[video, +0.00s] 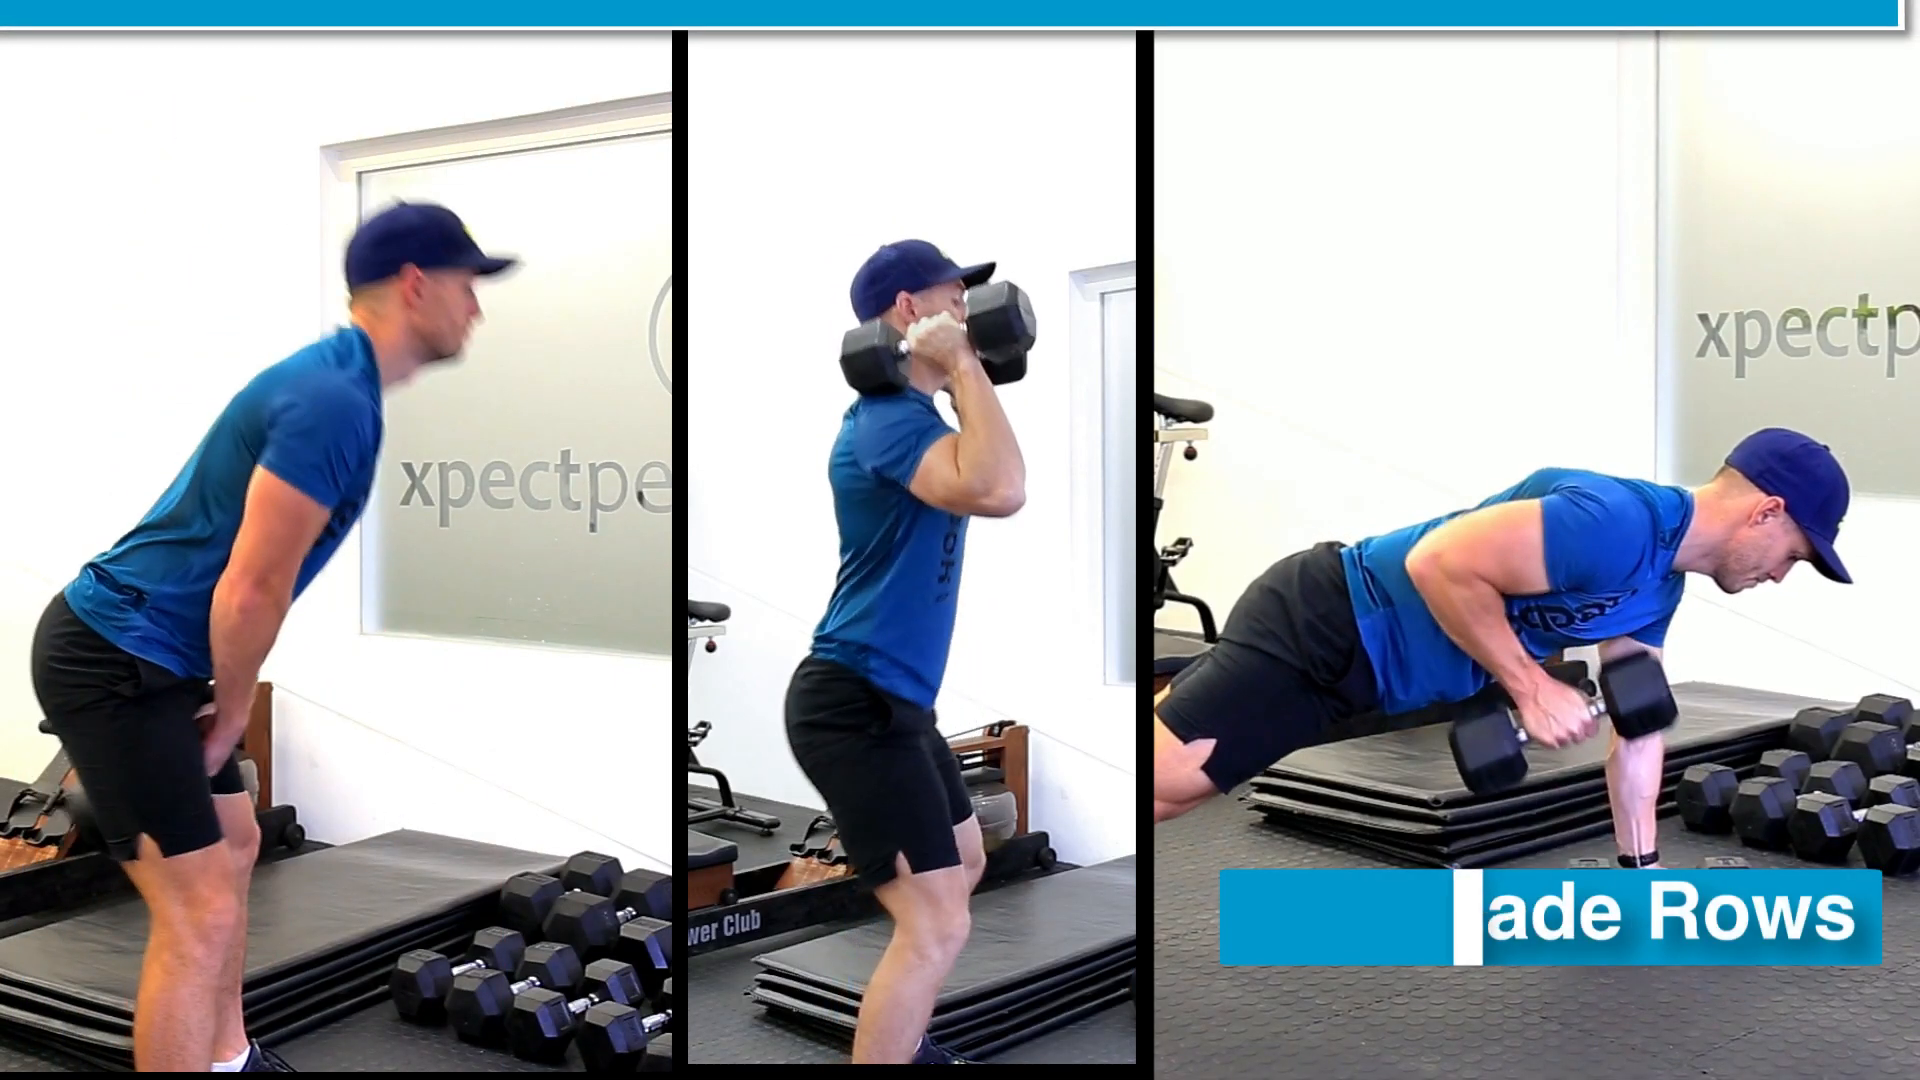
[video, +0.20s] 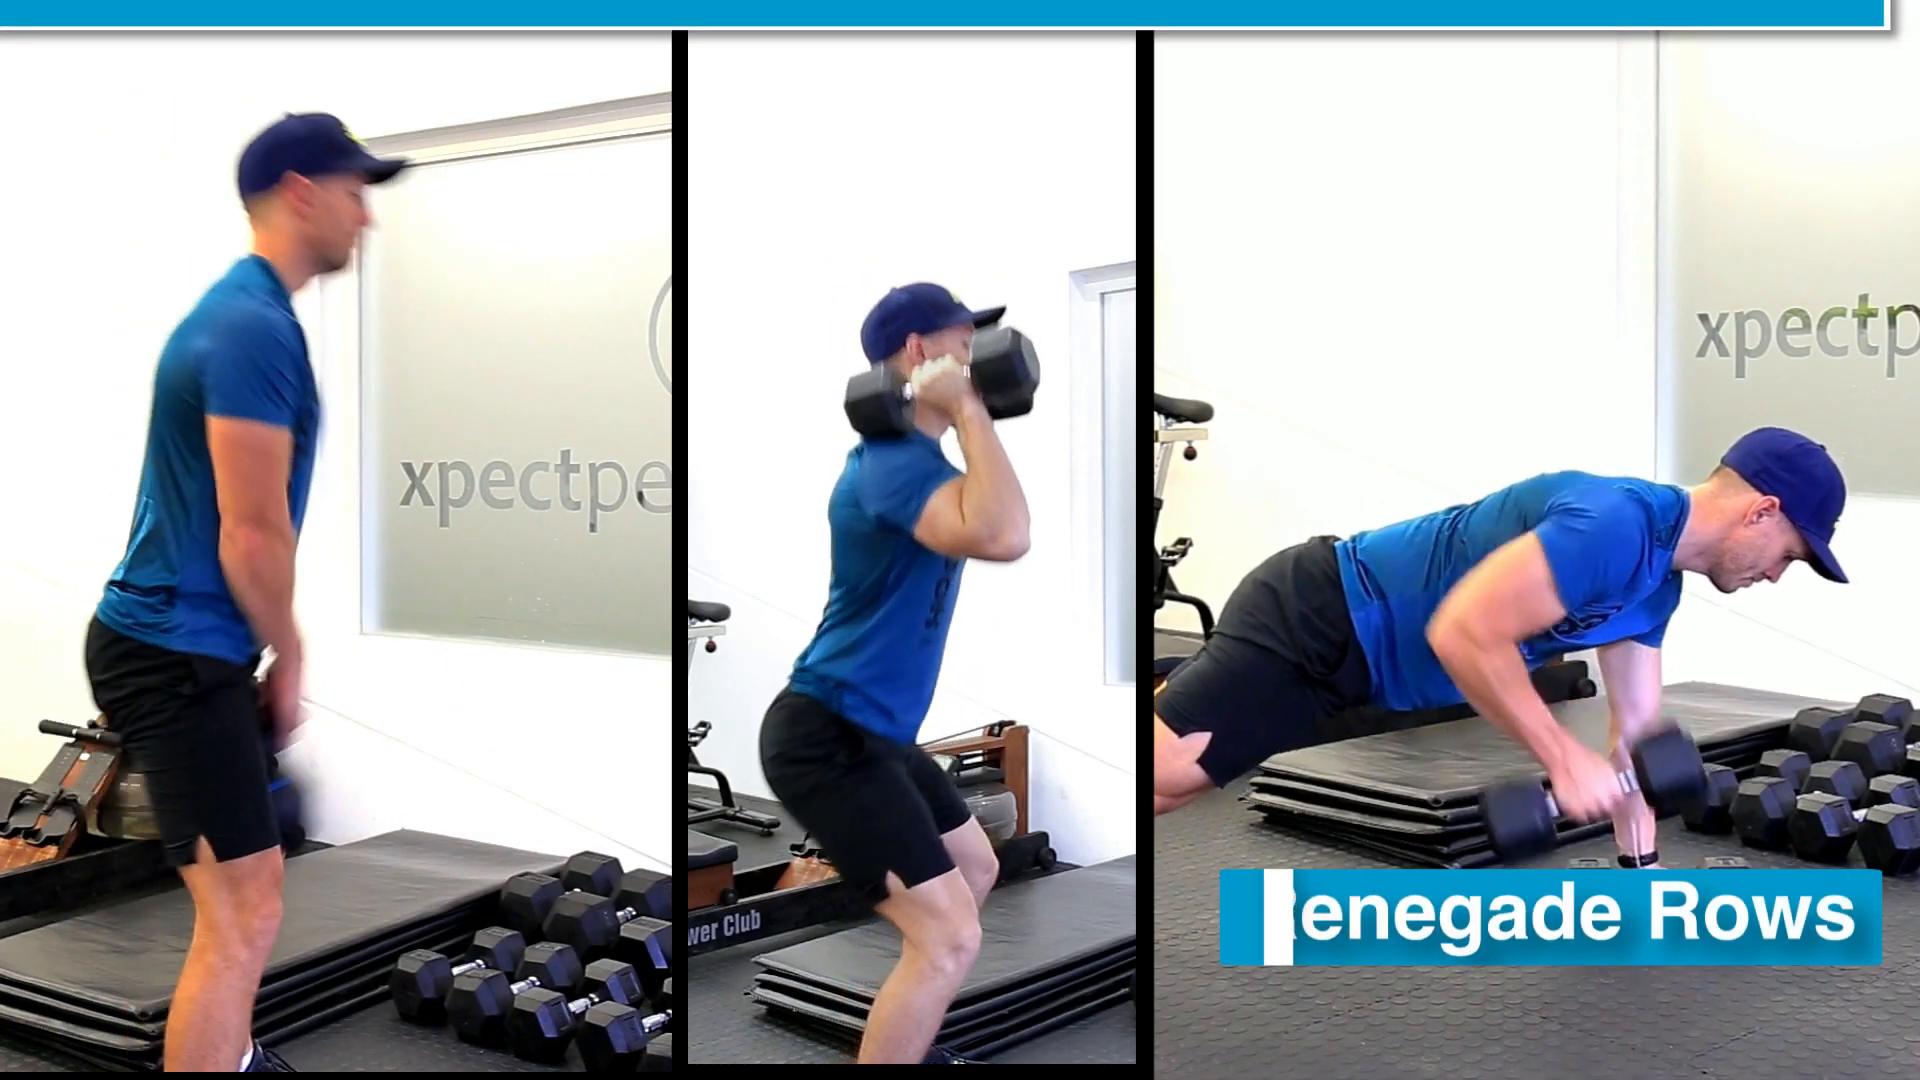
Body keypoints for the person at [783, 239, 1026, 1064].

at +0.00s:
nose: (966, 316)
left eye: (963, 300)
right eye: (951, 301)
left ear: (903, 316)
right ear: (904, 311)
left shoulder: (909, 415)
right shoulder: (885, 419)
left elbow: (995, 487)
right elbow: (1000, 489)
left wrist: (969, 369)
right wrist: (960, 367)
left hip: (893, 698)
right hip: (850, 701)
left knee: (961, 862)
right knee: (934, 928)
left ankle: (896, 1029)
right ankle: (880, 1057)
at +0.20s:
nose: (976, 357)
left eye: (974, 343)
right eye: (964, 344)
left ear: (910, 358)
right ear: (916, 353)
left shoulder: (913, 458)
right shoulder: (890, 465)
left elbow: (993, 526)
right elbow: (1002, 534)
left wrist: (978, 413)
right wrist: (966, 406)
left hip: (872, 730)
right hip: (827, 735)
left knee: (974, 869)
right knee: (947, 940)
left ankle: (908, 1034)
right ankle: (891, 1057)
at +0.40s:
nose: (976, 397)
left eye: (975, 383)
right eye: (967, 383)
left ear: (914, 393)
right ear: (921, 388)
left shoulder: (918, 494)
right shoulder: (891, 501)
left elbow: (984, 566)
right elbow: (1004, 575)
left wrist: (970, 444)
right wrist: (966, 445)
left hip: (868, 754)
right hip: (815, 763)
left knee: (979, 874)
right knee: (953, 948)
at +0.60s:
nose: (984, 451)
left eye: (984, 439)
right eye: (975, 438)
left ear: (922, 447)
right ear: (927, 444)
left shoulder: (926, 542)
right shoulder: (892, 554)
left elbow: (998, 622)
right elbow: (1004, 638)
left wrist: (978, 505)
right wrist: (972, 505)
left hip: (859, 791)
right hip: (801, 809)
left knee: (988, 879)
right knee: (964, 954)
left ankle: (916, 1036)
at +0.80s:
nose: (995, 492)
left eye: (990, 478)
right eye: (983, 479)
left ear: (934, 496)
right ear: (935, 493)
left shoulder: (932, 592)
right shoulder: (894, 602)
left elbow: (1008, 696)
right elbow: (997, 700)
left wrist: (988, 567)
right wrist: (975, 566)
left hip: (851, 822)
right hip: (793, 842)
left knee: (991, 882)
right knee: (967, 956)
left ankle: (912, 1028)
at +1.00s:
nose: (997, 527)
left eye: (993, 511)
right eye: (985, 511)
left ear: (939, 526)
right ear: (939, 524)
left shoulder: (938, 621)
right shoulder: (896, 633)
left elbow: (1006, 715)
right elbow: (1000, 741)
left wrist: (989, 597)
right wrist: (979, 601)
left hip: (852, 840)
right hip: (789, 864)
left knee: (993, 882)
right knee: (968, 956)